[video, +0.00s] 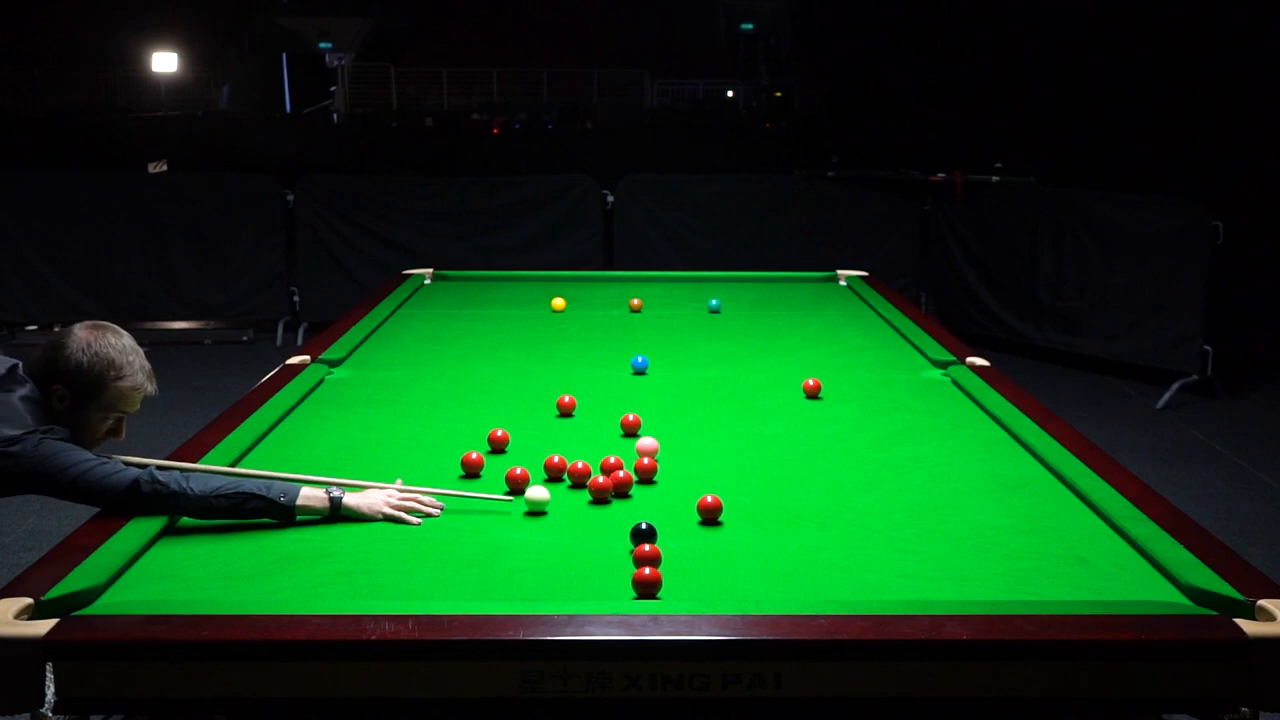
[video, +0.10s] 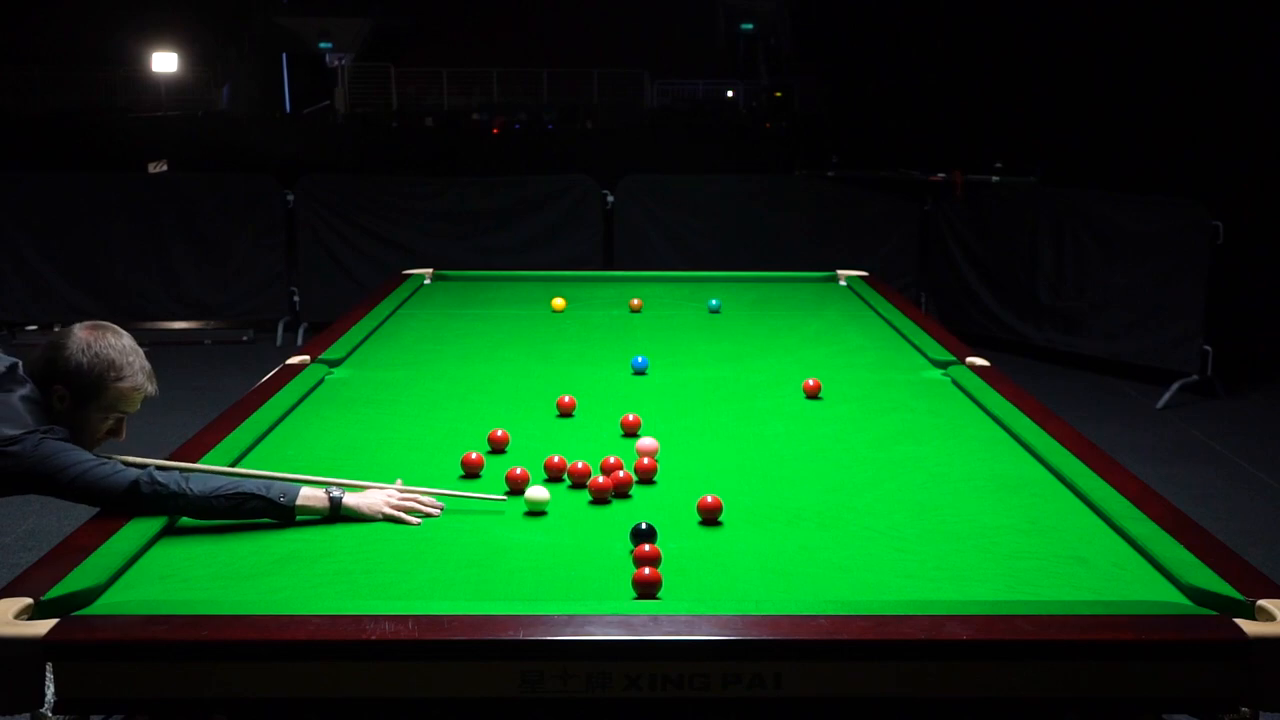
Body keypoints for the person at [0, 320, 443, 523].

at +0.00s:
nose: (124, 428)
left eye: (131, 413)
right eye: (115, 415)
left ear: (61, 390)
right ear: (62, 400)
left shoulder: (29, 375)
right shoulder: (25, 445)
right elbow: (163, 486)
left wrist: (105, 462)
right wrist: (340, 500)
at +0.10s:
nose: (125, 427)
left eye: (131, 412)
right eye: (115, 415)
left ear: (61, 390)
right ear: (63, 401)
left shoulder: (26, 376)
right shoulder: (26, 445)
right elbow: (165, 487)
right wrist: (339, 499)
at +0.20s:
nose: (125, 426)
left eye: (132, 411)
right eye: (116, 413)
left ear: (61, 389)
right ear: (63, 399)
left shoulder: (25, 375)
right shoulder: (27, 445)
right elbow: (166, 487)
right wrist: (340, 500)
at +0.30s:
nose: (126, 425)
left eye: (132, 410)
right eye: (116, 413)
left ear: (61, 389)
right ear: (63, 400)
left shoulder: (24, 375)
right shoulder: (27, 445)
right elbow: (165, 487)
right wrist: (340, 500)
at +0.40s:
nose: (124, 430)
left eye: (130, 414)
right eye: (117, 415)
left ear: (62, 389)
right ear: (64, 400)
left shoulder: (22, 376)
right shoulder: (26, 446)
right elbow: (158, 488)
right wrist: (338, 500)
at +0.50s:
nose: (84, 278)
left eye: (85, 262)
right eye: (70, 265)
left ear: (20, 264)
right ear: (18, 264)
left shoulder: (17, 326)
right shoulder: (12, 336)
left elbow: (116, 423)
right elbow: (120, 427)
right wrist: (277, 495)